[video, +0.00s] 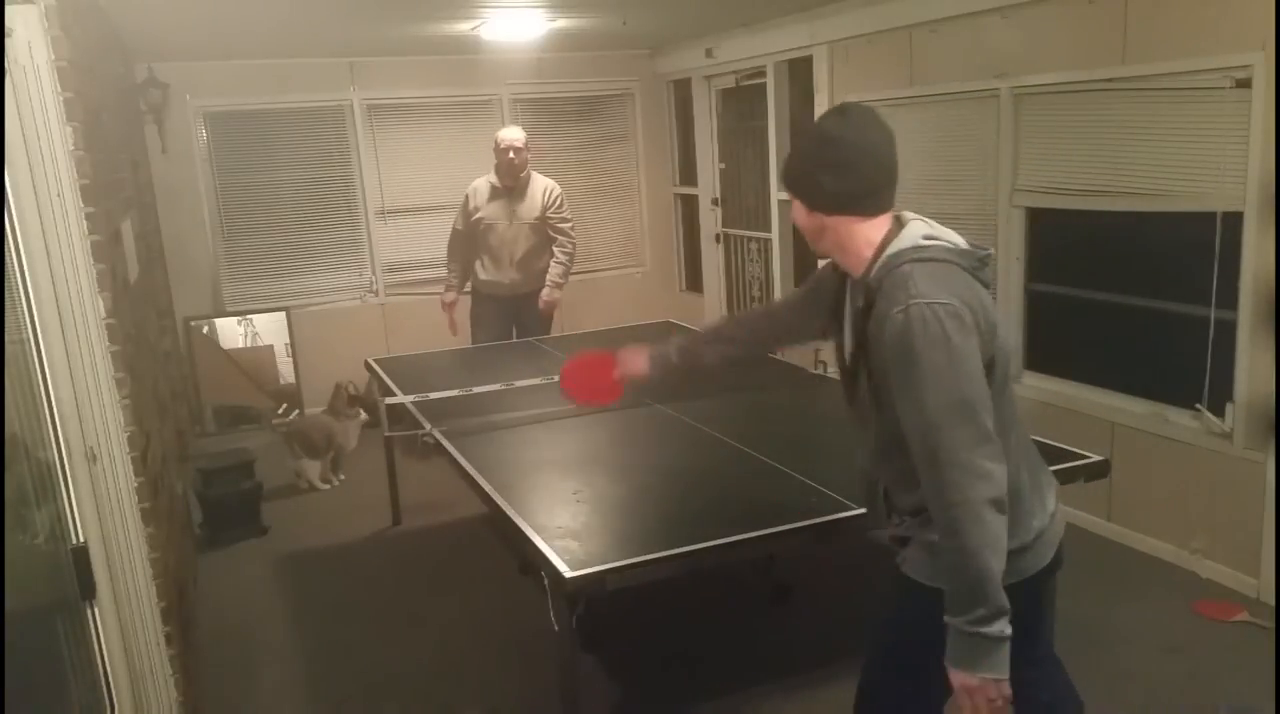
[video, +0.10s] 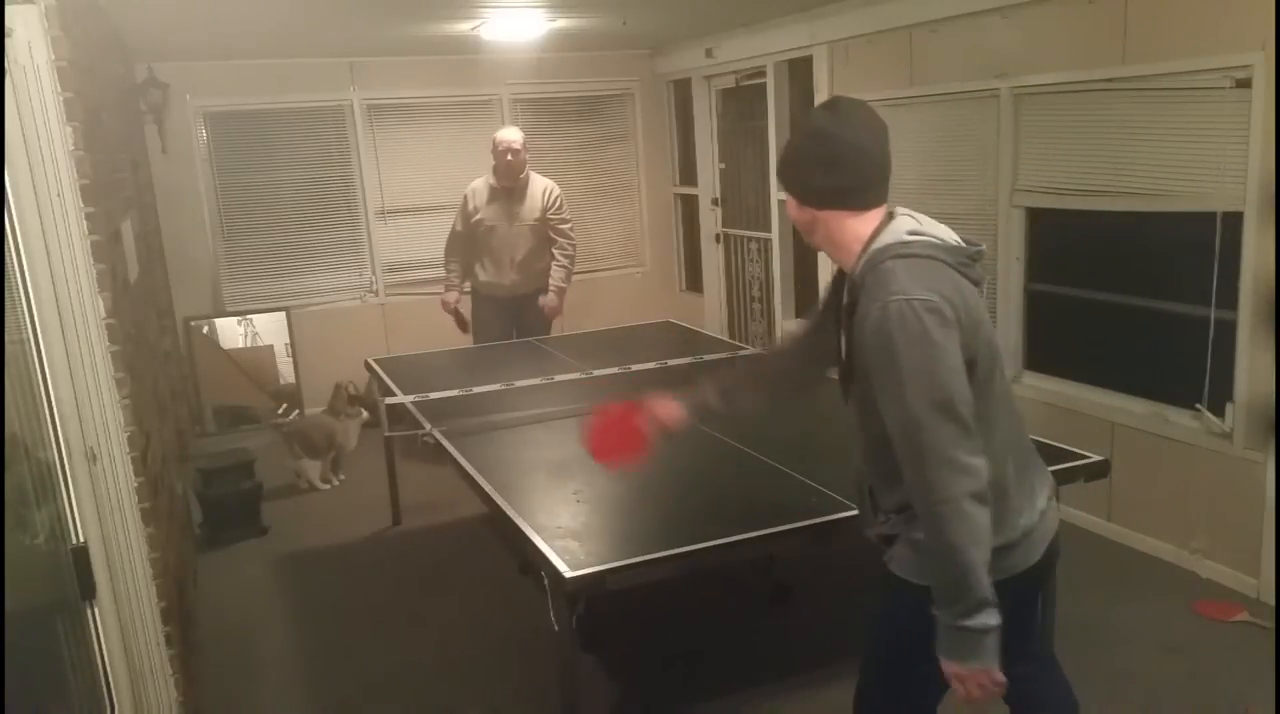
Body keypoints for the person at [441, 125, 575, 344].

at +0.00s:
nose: (511, 156)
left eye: (518, 150)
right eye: (504, 150)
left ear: (528, 152)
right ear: (495, 153)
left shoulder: (549, 192)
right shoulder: (477, 192)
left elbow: (564, 243)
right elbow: (460, 243)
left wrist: (553, 287)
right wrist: (453, 287)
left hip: (534, 298)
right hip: (488, 299)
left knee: (534, 367)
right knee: (487, 368)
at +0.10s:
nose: (509, 158)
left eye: (515, 152)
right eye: (503, 152)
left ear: (526, 153)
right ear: (493, 154)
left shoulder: (547, 192)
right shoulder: (475, 193)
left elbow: (564, 245)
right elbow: (457, 244)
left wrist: (555, 292)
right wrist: (453, 287)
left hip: (533, 299)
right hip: (488, 300)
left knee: (535, 369)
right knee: (489, 369)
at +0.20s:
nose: (507, 162)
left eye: (513, 155)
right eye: (500, 156)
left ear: (523, 154)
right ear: (491, 156)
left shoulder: (546, 193)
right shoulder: (472, 195)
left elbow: (564, 247)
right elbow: (454, 247)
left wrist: (560, 296)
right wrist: (454, 289)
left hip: (533, 300)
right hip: (488, 302)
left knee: (535, 369)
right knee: (492, 372)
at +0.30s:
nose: (505, 171)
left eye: (511, 163)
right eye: (499, 164)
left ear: (520, 155)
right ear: (487, 158)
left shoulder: (543, 193)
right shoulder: (468, 197)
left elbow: (563, 247)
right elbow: (448, 248)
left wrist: (564, 296)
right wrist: (456, 287)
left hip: (534, 300)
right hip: (488, 304)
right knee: (494, 372)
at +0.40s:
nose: (502, 169)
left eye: (508, 161)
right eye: (495, 162)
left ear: (517, 155)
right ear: (484, 160)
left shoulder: (540, 194)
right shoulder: (465, 199)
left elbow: (560, 246)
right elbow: (442, 248)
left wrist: (565, 294)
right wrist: (464, 288)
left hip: (532, 306)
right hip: (486, 310)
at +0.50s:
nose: (501, 169)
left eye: (506, 161)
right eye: (494, 162)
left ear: (516, 156)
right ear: (482, 160)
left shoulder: (537, 193)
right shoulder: (464, 199)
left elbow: (556, 245)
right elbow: (442, 248)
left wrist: (564, 292)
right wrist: (473, 287)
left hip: (530, 305)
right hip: (485, 308)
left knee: (533, 373)